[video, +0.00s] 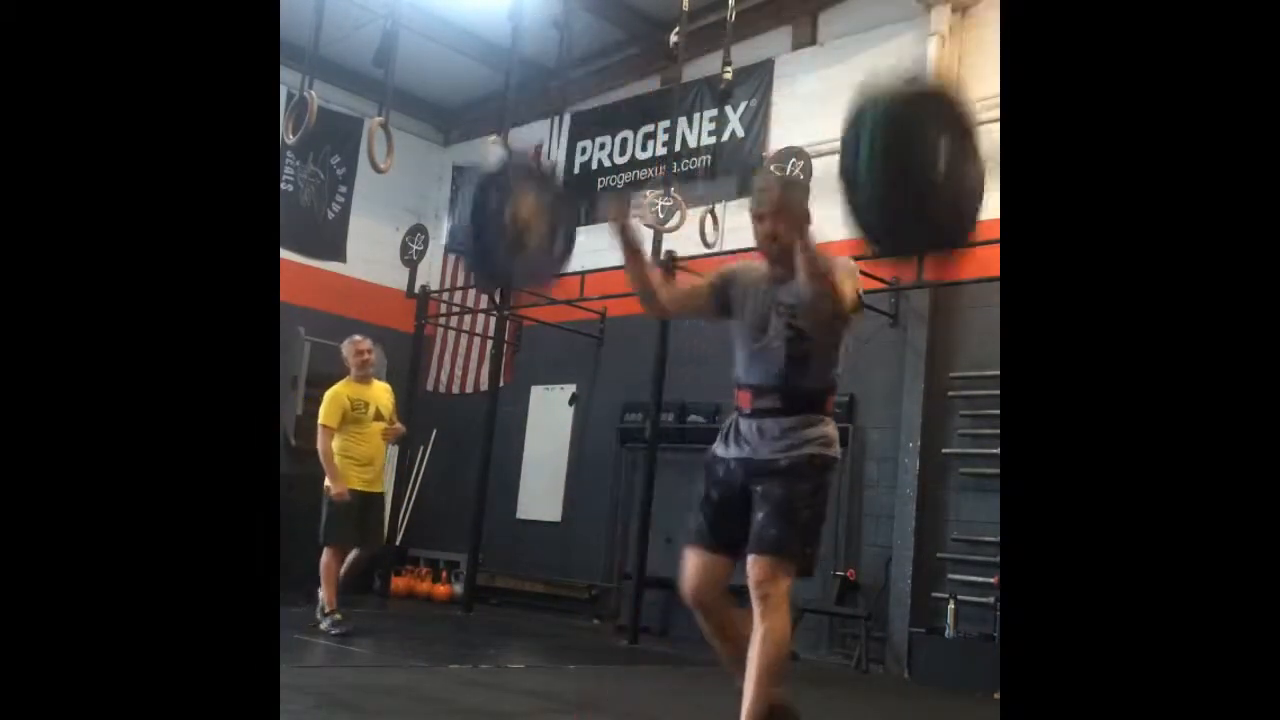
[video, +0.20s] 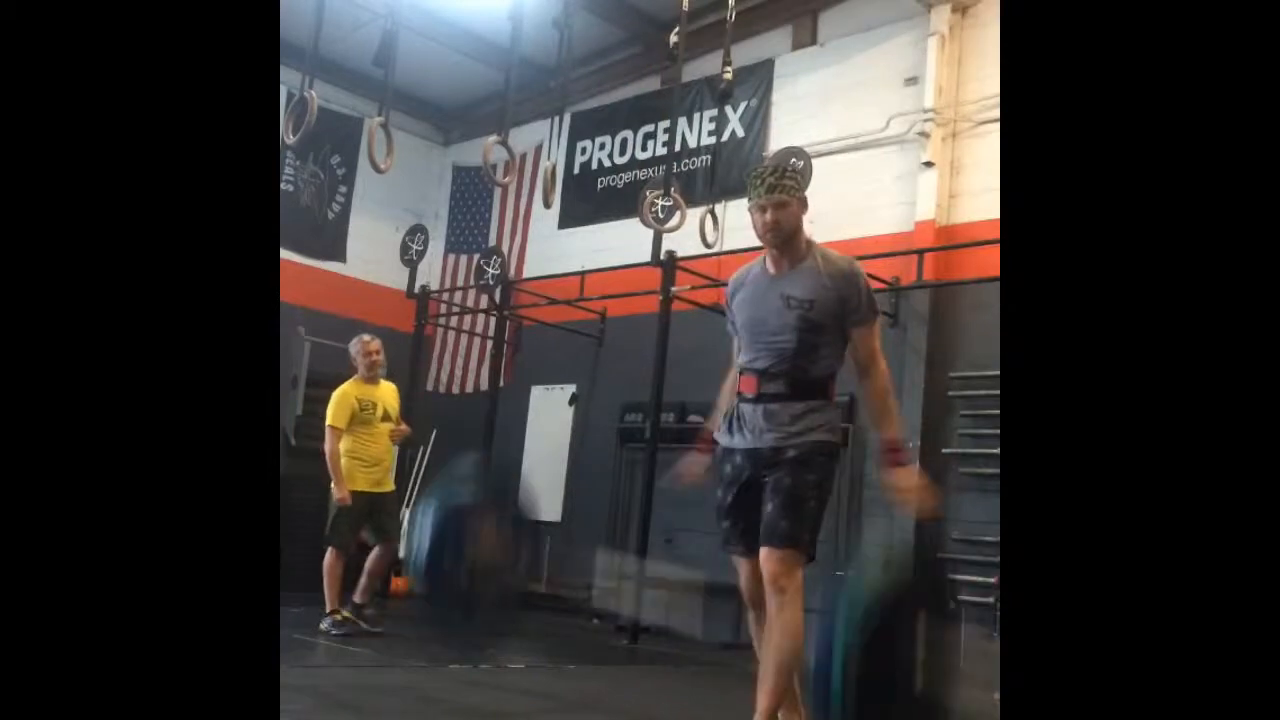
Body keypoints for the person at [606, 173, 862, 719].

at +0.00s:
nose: (768, 230)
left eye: (779, 217)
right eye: (759, 217)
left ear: (804, 216)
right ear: (750, 220)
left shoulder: (834, 273)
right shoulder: (740, 280)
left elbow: (828, 306)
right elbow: (660, 299)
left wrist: (803, 239)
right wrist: (624, 231)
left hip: (799, 443)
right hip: (738, 439)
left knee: (766, 580)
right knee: (700, 586)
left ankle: (751, 714)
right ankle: (772, 699)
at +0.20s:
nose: (767, 219)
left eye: (779, 207)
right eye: (759, 209)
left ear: (803, 208)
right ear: (750, 214)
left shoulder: (843, 277)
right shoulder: (740, 284)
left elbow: (872, 368)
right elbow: (736, 370)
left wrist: (898, 456)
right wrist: (708, 441)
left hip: (807, 438)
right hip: (743, 437)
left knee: (779, 569)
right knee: (752, 584)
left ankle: (763, 713)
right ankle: (792, 708)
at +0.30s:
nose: (768, 213)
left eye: (781, 201)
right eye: (760, 201)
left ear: (803, 203)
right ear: (750, 207)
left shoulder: (838, 270)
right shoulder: (742, 272)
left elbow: (887, 331)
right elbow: (750, 348)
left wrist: (934, 375)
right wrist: (742, 411)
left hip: (808, 428)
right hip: (748, 431)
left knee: (777, 567)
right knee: (760, 577)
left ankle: (785, 710)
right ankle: (788, 706)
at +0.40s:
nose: (771, 213)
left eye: (782, 200)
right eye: (762, 202)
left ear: (803, 201)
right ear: (750, 207)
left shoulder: (839, 256)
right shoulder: (741, 266)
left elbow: (901, 302)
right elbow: (760, 333)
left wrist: (957, 338)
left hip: (811, 423)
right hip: (754, 425)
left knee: (777, 572)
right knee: (767, 579)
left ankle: (791, 711)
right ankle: (787, 708)